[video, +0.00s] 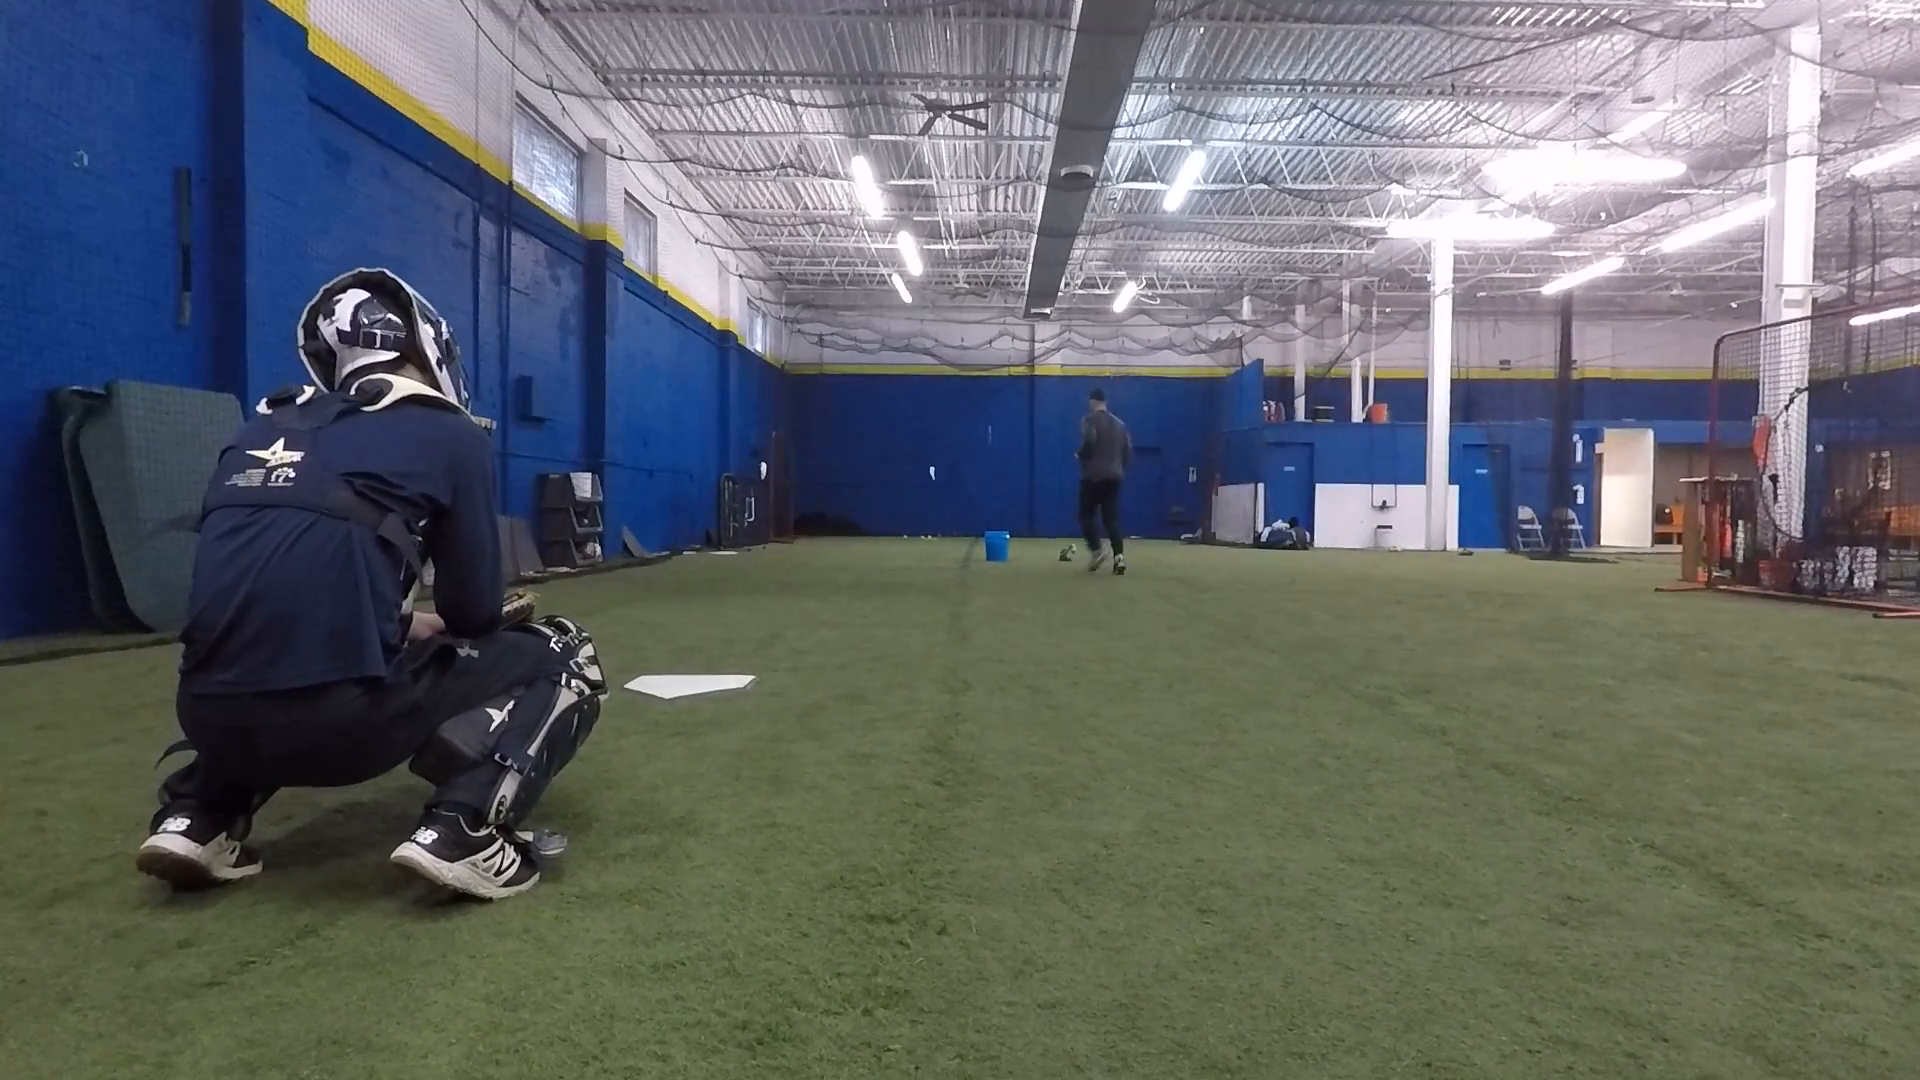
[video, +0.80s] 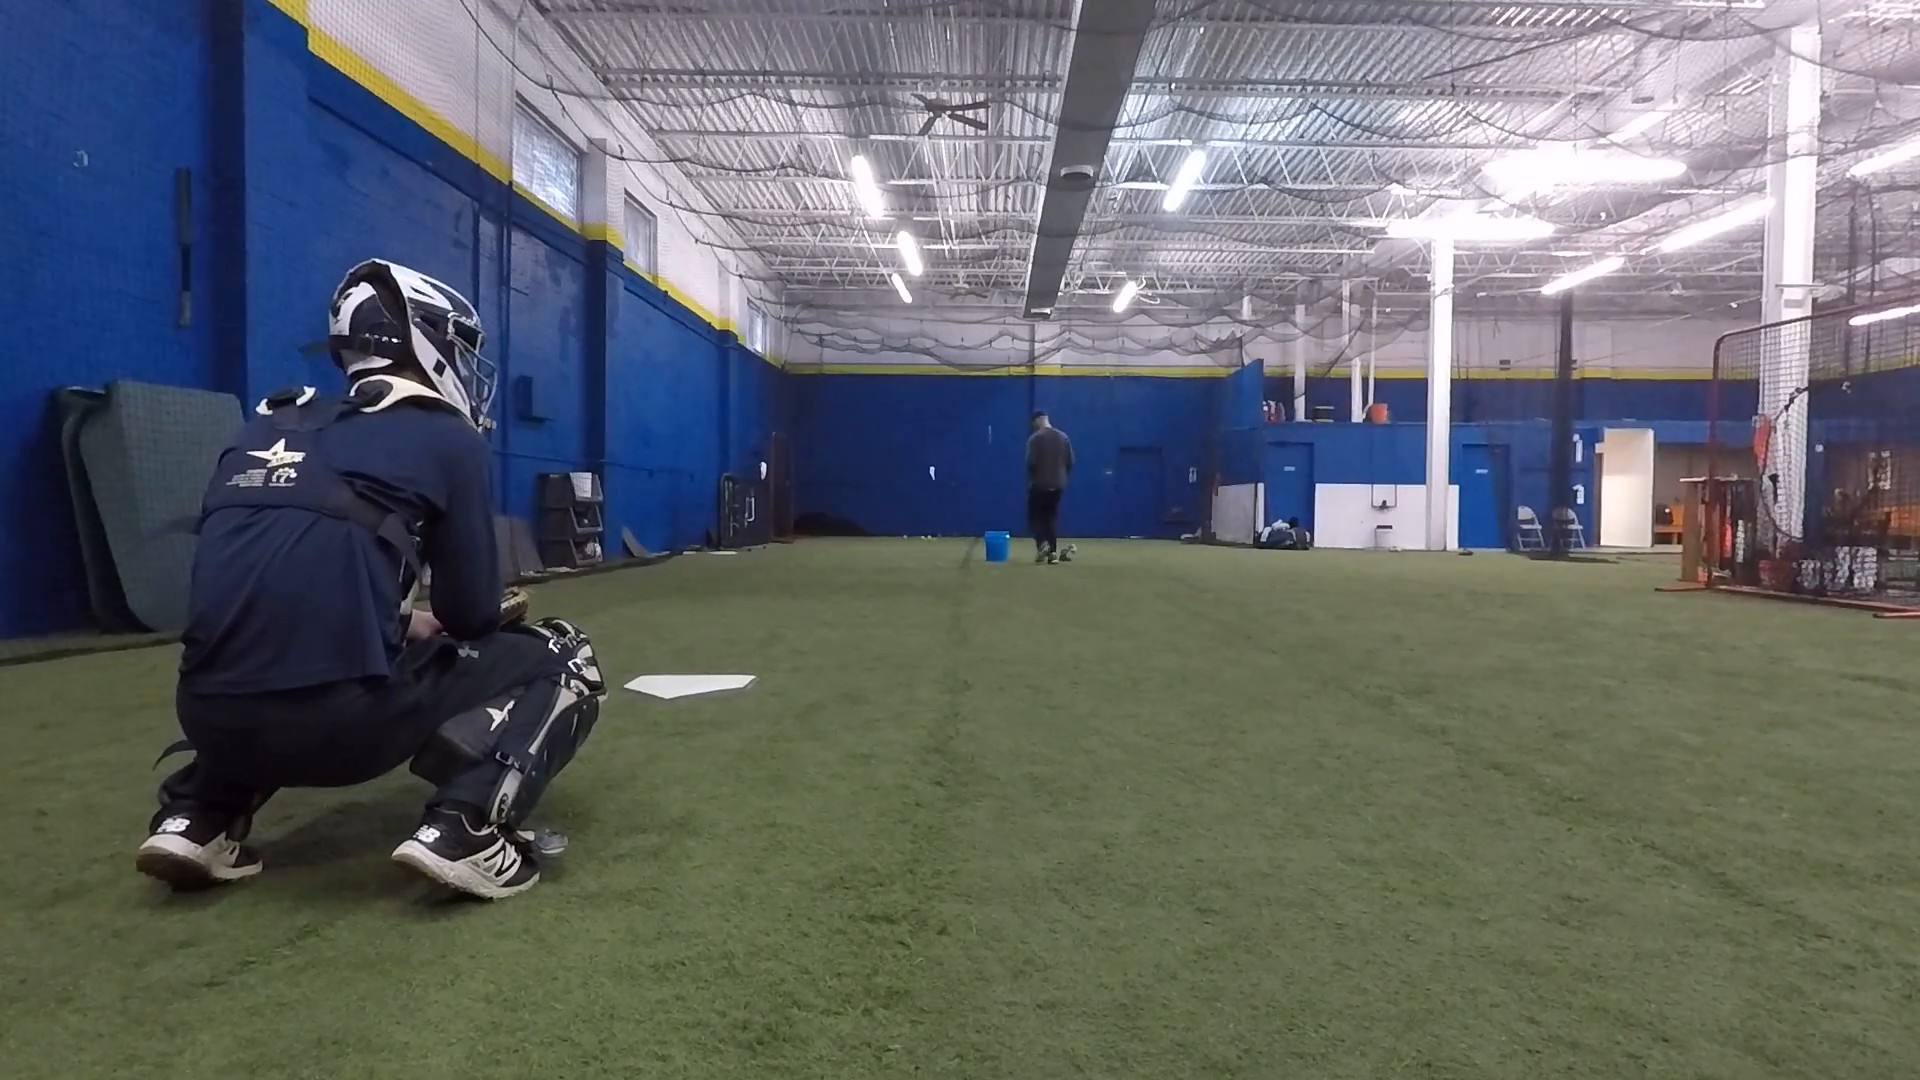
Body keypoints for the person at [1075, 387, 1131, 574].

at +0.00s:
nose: (1090, 405)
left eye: (1090, 402)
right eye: (1092, 402)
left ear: (1091, 402)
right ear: (1105, 402)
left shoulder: (1090, 420)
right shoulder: (1118, 422)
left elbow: (1090, 440)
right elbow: (1127, 448)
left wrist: (1080, 454)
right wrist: (1122, 466)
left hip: (1093, 476)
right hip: (1114, 475)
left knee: (1086, 515)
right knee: (1111, 515)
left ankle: (1096, 550)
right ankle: (1119, 555)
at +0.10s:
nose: (1077, 405)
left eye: (1078, 401)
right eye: (1079, 401)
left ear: (1080, 401)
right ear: (1094, 401)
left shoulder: (1081, 417)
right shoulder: (1108, 420)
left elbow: (1082, 437)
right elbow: (1115, 447)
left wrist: (1070, 449)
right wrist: (1110, 463)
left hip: (1082, 472)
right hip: (1102, 471)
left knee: (1080, 515)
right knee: (1105, 509)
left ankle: (1076, 558)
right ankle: (1118, 545)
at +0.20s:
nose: (1073, 412)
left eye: (1072, 409)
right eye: (1074, 408)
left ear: (1070, 409)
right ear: (1084, 408)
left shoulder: (1069, 426)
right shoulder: (1098, 426)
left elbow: (1070, 444)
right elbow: (1106, 448)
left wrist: (1061, 455)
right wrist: (1105, 468)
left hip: (1074, 479)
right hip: (1094, 477)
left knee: (1070, 517)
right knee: (1095, 514)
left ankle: (1068, 558)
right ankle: (1114, 541)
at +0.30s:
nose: (1063, 417)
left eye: (1062, 414)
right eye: (1065, 414)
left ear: (1062, 414)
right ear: (1075, 413)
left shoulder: (1060, 434)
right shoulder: (1090, 432)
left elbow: (1057, 459)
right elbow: (1097, 456)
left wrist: (1052, 465)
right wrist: (1098, 471)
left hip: (1066, 485)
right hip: (1086, 485)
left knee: (1063, 522)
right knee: (1084, 521)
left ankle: (1067, 558)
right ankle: (1104, 542)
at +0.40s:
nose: (1054, 416)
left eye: (1054, 413)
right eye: (1056, 413)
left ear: (1055, 413)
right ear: (1068, 411)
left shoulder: (1053, 431)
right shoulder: (1083, 430)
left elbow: (1045, 455)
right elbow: (1090, 453)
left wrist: (1054, 461)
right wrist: (1088, 470)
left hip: (1060, 481)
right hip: (1079, 480)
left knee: (1062, 518)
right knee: (1076, 516)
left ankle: (1066, 555)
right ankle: (1086, 543)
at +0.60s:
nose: (1048, 419)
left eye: (1047, 416)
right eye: (1051, 415)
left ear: (1047, 416)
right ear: (1060, 415)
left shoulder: (1042, 433)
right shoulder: (1074, 432)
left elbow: (1032, 453)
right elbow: (1082, 455)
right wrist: (1075, 470)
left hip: (1049, 479)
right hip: (1067, 479)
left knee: (1052, 513)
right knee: (1064, 512)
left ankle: (1058, 546)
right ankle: (1061, 542)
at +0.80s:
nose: (1036, 425)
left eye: (1035, 423)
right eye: (1038, 422)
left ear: (1036, 422)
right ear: (1048, 421)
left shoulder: (1034, 439)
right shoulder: (1063, 437)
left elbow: (1030, 461)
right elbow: (1070, 460)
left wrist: (1031, 476)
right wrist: (1065, 474)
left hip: (1039, 485)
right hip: (1057, 485)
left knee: (1035, 517)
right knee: (1051, 517)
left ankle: (1042, 545)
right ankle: (1052, 551)